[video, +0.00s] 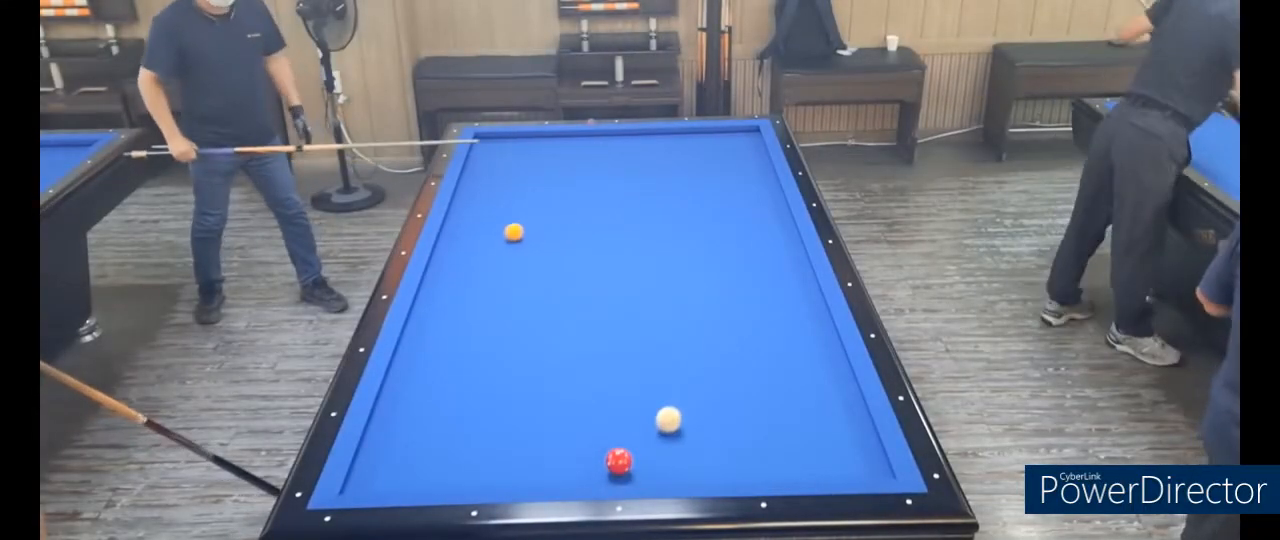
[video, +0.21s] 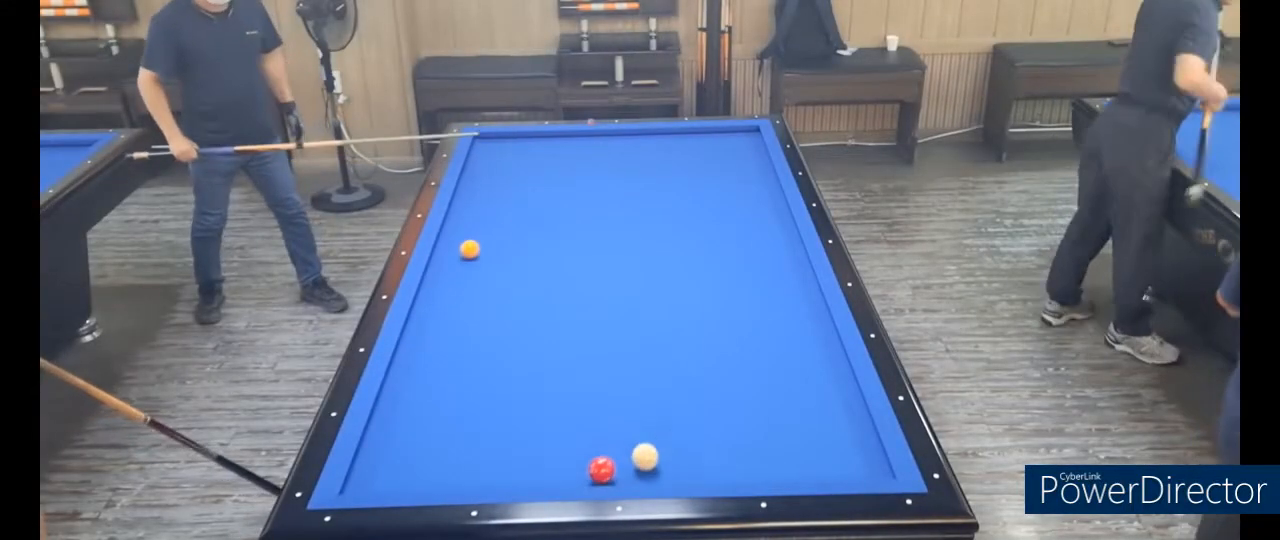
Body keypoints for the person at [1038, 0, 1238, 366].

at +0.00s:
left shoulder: (1179, 3)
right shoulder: (1236, 24)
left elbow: (1124, 34)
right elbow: (1236, 94)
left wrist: (1161, 29)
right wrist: (1224, 94)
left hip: (1120, 120)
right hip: (1158, 136)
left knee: (1088, 219)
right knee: (1137, 237)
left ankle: (1059, 301)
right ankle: (1130, 329)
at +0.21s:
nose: (1232, 3)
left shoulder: (1156, 4)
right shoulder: (1201, 10)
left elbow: (1149, 59)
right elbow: (1187, 76)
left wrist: (1197, 90)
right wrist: (1216, 92)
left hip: (1113, 116)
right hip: (1146, 129)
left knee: (1091, 219)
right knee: (1138, 231)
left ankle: (1059, 301)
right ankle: (1129, 328)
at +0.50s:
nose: (1205, 0)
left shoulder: (1158, 8)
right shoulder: (1163, 12)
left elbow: (1137, 66)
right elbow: (1114, 74)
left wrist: (1179, 83)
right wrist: (1154, 131)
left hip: (1114, 132)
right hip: (1132, 143)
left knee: (1090, 220)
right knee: (1119, 239)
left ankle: (1060, 299)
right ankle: (1076, 331)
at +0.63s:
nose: (1214, 2)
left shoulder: (1166, 14)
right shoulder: (1159, 17)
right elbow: (1094, 73)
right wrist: (1107, 139)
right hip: (1127, 148)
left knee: (1091, 227)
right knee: (1106, 240)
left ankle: (1059, 302)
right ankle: (1071, 335)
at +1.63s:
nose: (1239, 24)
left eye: (1241, 15)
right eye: (1237, 13)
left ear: (1212, 7)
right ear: (1208, 4)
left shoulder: (1202, 41)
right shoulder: (1158, 39)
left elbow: (1168, 101)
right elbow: (1095, 99)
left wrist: (1185, 144)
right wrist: (1068, 171)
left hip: (1159, 167)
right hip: (1122, 166)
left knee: (1111, 238)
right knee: (1124, 271)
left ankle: (1073, 304)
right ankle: (1108, 377)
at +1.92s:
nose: (1236, 40)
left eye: (1240, 32)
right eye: (1232, 27)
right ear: (1205, 13)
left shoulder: (1232, 64)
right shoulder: (1150, 51)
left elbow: (1227, 127)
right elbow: (1098, 114)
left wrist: (1234, 185)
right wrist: (1069, 190)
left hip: (1187, 192)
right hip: (1127, 186)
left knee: (1173, 281)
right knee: (1118, 289)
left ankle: (1109, 313)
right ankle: (1107, 380)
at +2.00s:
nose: (1237, 49)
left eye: (1241, 41)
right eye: (1233, 38)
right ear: (1207, 19)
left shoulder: (1235, 71)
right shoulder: (1148, 56)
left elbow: (1233, 136)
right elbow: (1102, 125)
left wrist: (1235, 183)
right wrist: (1076, 196)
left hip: (1200, 201)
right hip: (1134, 194)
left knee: (1188, 303)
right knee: (1113, 293)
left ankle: (1136, 355)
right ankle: (1106, 379)